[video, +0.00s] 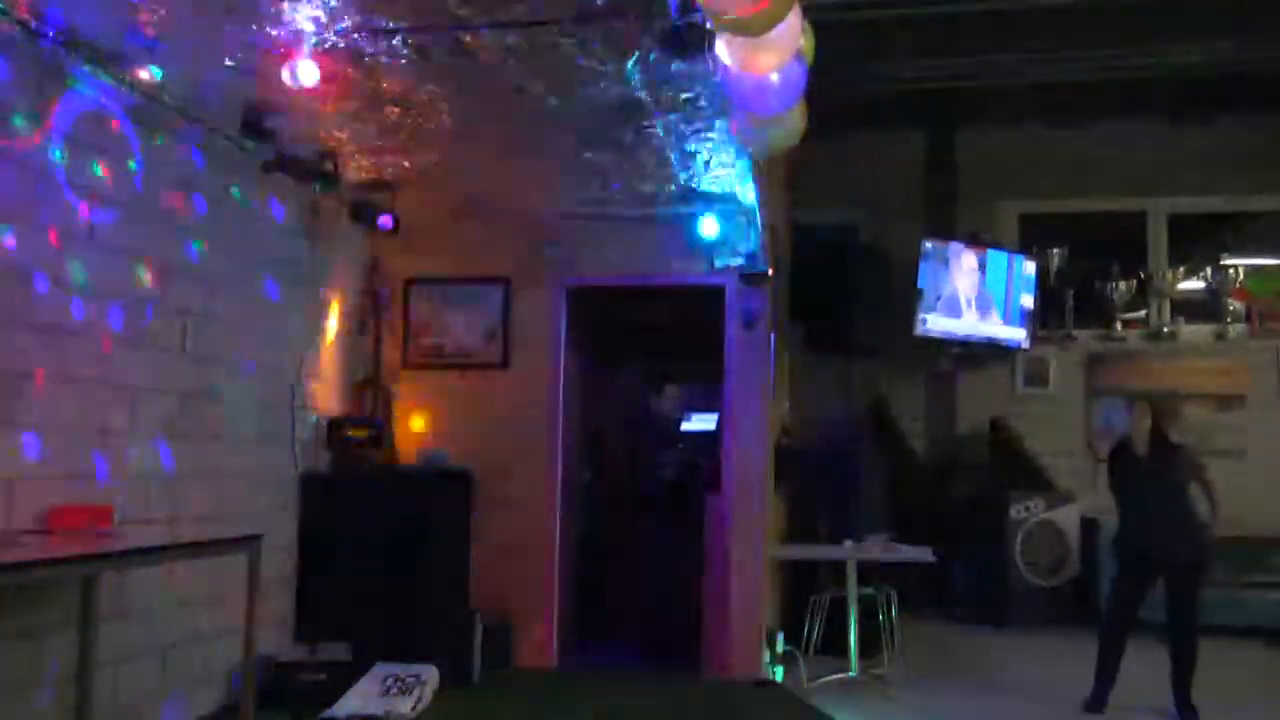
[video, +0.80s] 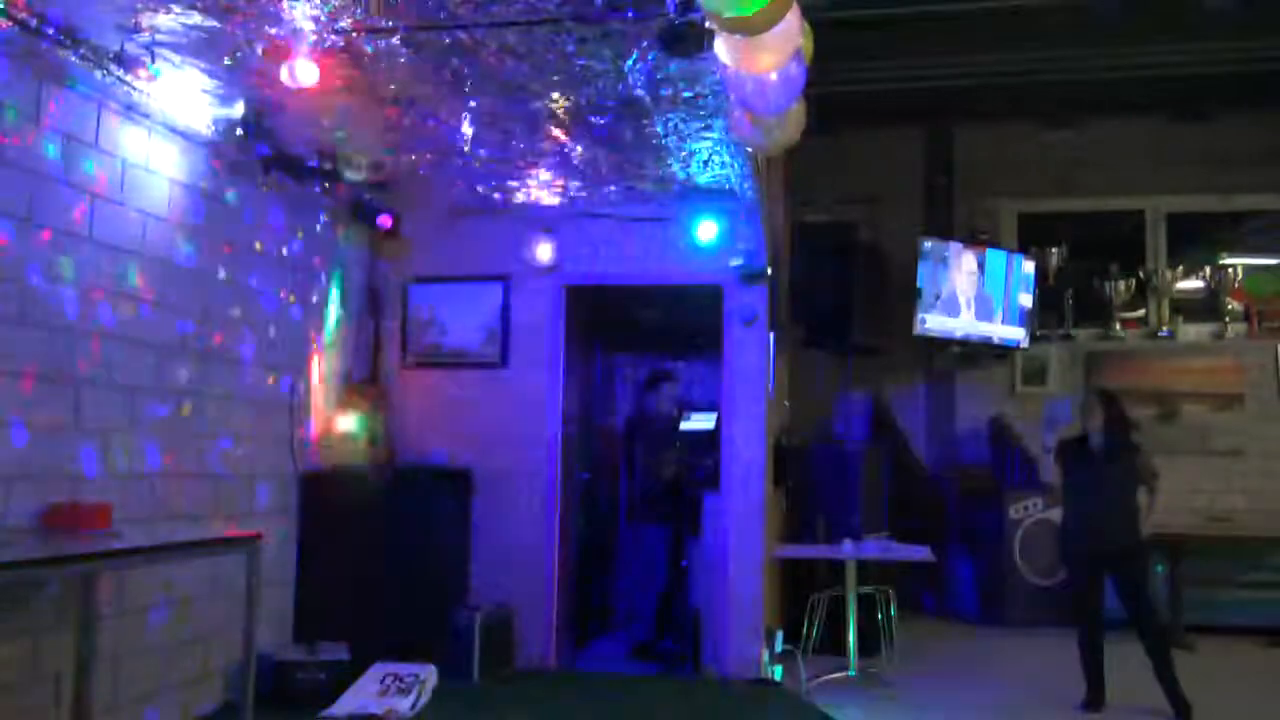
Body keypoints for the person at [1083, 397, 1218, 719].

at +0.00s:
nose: (1138, 423)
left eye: (1144, 417)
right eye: (1134, 417)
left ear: (1156, 422)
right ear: (1126, 421)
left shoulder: (1177, 455)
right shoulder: (1120, 456)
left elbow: (1205, 486)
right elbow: (1121, 499)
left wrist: (1215, 519)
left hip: (1182, 549)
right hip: (1138, 551)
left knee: (1182, 628)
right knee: (1116, 622)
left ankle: (1183, 701)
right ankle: (1099, 695)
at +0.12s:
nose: (1128, 423)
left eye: (1134, 416)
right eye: (1124, 416)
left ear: (1147, 420)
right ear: (1116, 422)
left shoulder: (1169, 454)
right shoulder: (1110, 457)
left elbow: (1197, 494)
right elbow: (1113, 500)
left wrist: (1197, 526)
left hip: (1173, 549)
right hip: (1131, 550)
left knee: (1179, 626)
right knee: (1112, 619)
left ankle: (1183, 700)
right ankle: (1097, 694)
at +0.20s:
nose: (1118, 422)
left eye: (1125, 414)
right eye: (1114, 415)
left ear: (1139, 419)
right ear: (1108, 422)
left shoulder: (1160, 450)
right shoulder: (1102, 455)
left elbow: (1189, 485)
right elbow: (1109, 497)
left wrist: (1195, 523)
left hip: (1165, 548)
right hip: (1124, 550)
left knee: (1174, 626)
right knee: (1107, 622)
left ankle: (1181, 698)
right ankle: (1096, 695)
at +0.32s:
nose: (1109, 418)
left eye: (1115, 411)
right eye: (1104, 411)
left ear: (1129, 415)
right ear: (1096, 417)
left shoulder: (1149, 449)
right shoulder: (1089, 454)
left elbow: (1179, 483)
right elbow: (1090, 496)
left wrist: (1179, 520)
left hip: (1155, 544)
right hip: (1107, 546)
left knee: (1168, 623)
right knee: (1100, 623)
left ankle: (1178, 695)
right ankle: (1095, 695)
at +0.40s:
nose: (1105, 417)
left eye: (1111, 410)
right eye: (1099, 411)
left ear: (1123, 414)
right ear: (1091, 416)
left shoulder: (1142, 448)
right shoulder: (1084, 452)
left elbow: (1168, 477)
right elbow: (1093, 493)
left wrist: (1174, 493)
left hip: (1146, 545)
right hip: (1102, 546)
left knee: (1163, 624)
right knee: (1097, 623)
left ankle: (1177, 696)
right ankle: (1095, 695)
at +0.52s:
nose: (1103, 420)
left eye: (1109, 413)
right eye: (1098, 412)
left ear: (1121, 417)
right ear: (1090, 416)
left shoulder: (1140, 450)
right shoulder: (1077, 450)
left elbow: (1165, 486)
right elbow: (1073, 492)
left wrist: (1162, 525)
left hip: (1137, 543)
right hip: (1093, 545)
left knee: (1155, 621)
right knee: (1093, 622)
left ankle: (1178, 698)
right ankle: (1094, 695)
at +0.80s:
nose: (1092, 419)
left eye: (1097, 412)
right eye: (1087, 412)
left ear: (1109, 414)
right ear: (1081, 416)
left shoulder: (1127, 447)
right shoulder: (1068, 448)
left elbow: (1151, 482)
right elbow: (1062, 492)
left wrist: (1146, 521)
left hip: (1123, 544)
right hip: (1082, 547)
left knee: (1146, 621)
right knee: (1088, 622)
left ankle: (1177, 700)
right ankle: (1094, 695)